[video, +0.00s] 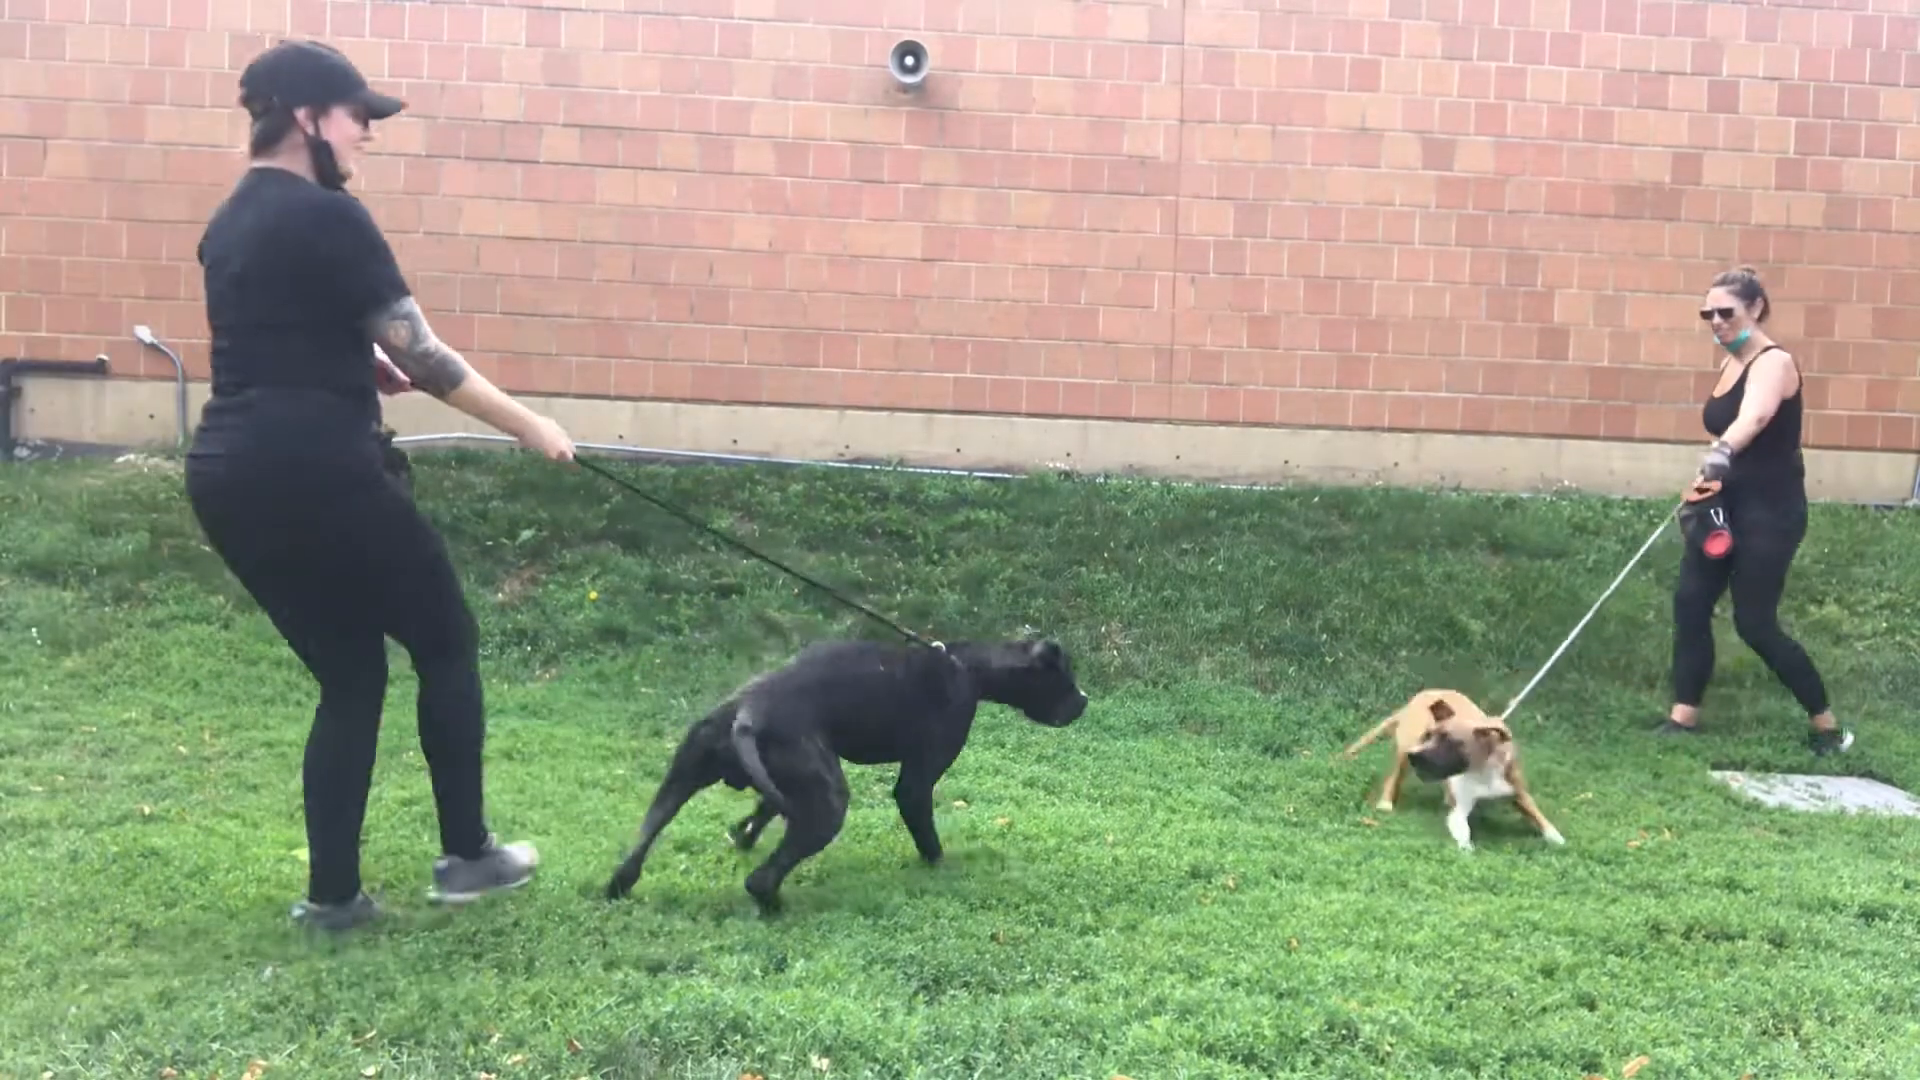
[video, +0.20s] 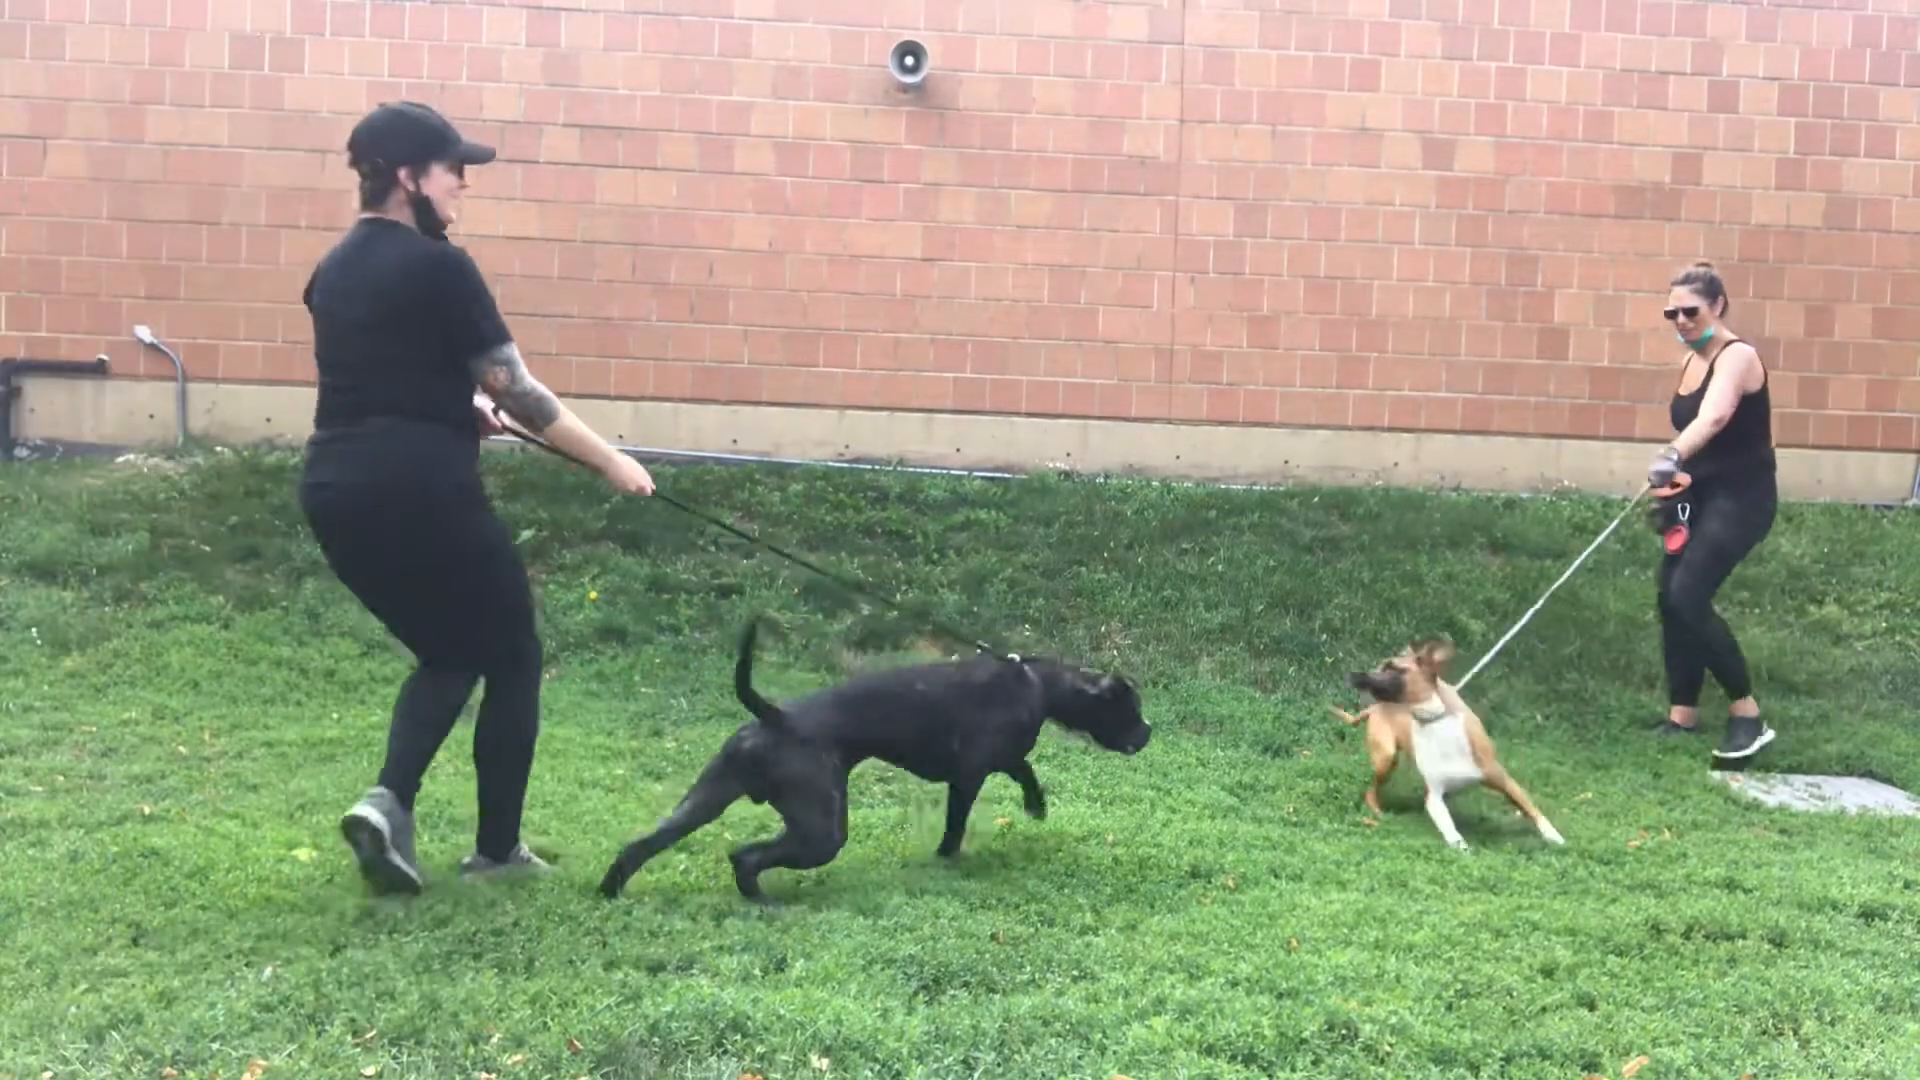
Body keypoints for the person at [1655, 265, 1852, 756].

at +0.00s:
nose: (1715, 323)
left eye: (1724, 313)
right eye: (1709, 315)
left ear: (1755, 309)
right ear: (1707, 316)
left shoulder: (1774, 362)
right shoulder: (1733, 363)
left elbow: (1755, 417)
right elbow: (1734, 434)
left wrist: (1720, 451)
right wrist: (1707, 489)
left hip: (1770, 512)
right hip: (1728, 506)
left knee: (1754, 622)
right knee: (1691, 600)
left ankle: (1824, 721)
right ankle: (1684, 715)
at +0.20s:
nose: (1681, 323)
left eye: (1690, 312)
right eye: (1673, 314)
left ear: (1718, 306)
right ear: (1668, 313)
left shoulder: (1737, 357)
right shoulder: (1692, 362)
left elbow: (1716, 417)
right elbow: (1692, 433)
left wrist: (1672, 455)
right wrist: (1669, 487)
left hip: (1741, 497)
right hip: (1698, 495)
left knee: (1685, 595)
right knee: (1671, 596)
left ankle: (1746, 712)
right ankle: (1682, 715)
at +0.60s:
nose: (1641, 326)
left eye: (1650, 316)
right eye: (1635, 318)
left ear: (1681, 312)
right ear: (1632, 319)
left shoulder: (1697, 367)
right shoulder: (1670, 369)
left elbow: (1655, 437)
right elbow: (1678, 462)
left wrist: (1604, 473)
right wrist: (1641, 507)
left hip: (1705, 513)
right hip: (1671, 509)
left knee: (1653, 619)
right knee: (1617, 606)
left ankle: (1664, 752)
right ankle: (1679, 713)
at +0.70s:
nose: (1637, 320)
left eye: (1647, 310)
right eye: (1631, 312)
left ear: (1678, 305)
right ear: (1630, 314)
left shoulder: (1695, 361)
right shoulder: (1668, 362)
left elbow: (1653, 433)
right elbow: (1680, 448)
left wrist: (1599, 469)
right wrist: (1651, 491)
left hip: (1703, 509)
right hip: (1670, 506)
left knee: (1656, 621)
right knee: (1617, 603)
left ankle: (1664, 750)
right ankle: (1679, 712)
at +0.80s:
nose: (1639, 317)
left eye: (1648, 307)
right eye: (1632, 309)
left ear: (1680, 301)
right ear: (1629, 310)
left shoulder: (1697, 356)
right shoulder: (1672, 357)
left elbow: (1661, 435)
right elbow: (1678, 449)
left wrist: (1598, 467)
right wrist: (1648, 494)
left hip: (1701, 508)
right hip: (1671, 504)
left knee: (1660, 619)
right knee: (1626, 607)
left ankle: (1665, 749)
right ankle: (1679, 717)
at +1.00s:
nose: (1647, 318)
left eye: (1656, 308)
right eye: (1641, 310)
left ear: (1688, 302)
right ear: (1641, 309)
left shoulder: (1710, 357)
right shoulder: (1676, 356)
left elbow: (1702, 446)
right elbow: (1672, 442)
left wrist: (1630, 471)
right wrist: (1640, 495)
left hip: (1707, 508)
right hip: (1676, 504)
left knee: (1664, 622)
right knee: (1636, 611)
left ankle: (1664, 752)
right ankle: (1699, 716)